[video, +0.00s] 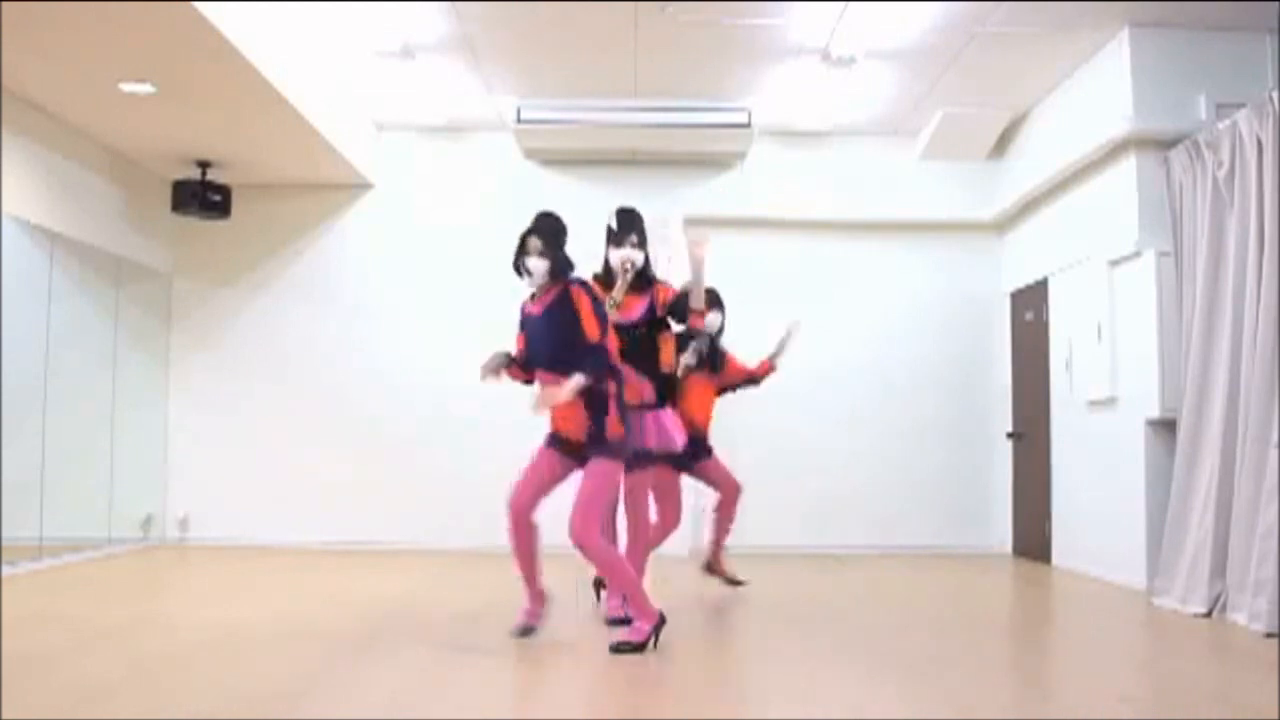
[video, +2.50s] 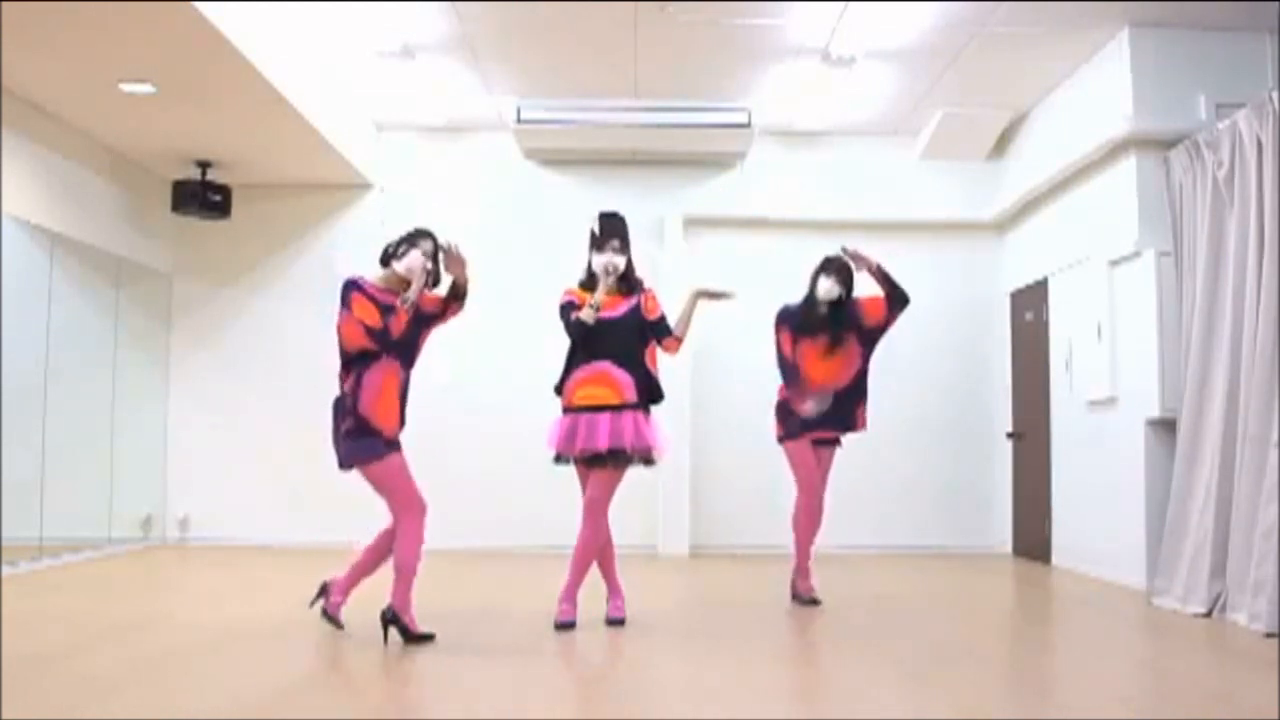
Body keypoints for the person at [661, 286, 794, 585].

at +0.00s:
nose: (706, 321)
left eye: (713, 314)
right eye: (699, 313)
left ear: (720, 319)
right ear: (688, 315)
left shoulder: (716, 358)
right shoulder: (671, 347)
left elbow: (750, 376)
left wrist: (778, 351)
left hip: (693, 444)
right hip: (661, 444)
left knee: (730, 488)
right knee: (668, 517)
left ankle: (715, 558)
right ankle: (617, 574)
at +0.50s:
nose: (805, 293)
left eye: (808, 286)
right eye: (797, 286)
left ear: (815, 290)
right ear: (784, 291)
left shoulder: (820, 333)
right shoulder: (771, 330)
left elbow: (823, 382)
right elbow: (761, 380)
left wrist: (832, 417)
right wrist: (762, 420)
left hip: (814, 421)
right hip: (784, 422)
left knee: (820, 495)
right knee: (818, 491)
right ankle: (833, 569)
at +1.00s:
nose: (830, 288)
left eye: (837, 281)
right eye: (824, 280)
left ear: (847, 284)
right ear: (815, 283)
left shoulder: (856, 322)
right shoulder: (801, 322)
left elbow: (870, 365)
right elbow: (781, 366)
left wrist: (902, 336)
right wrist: (752, 333)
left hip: (848, 413)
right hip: (813, 415)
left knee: (840, 490)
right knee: (831, 494)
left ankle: (835, 575)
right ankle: (836, 574)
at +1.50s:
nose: (842, 283)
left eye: (837, 278)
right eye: (839, 277)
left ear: (802, 284)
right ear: (835, 280)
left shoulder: (801, 318)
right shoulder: (841, 315)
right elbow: (856, 353)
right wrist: (888, 324)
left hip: (808, 417)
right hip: (846, 416)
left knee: (815, 493)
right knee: (846, 496)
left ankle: (785, 563)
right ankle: (835, 575)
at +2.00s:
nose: (841, 290)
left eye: (848, 283)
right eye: (836, 282)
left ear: (856, 287)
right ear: (823, 283)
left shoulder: (855, 329)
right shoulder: (796, 314)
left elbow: (881, 360)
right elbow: (754, 342)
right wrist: (782, 372)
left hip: (834, 415)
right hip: (796, 410)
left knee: (811, 490)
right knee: (813, 484)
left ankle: (785, 568)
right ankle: (819, 572)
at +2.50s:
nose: (829, 288)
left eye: (837, 283)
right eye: (825, 279)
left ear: (845, 289)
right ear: (814, 280)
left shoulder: (858, 318)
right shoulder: (790, 317)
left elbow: (898, 301)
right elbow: (786, 363)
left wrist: (873, 268)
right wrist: (801, 395)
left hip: (834, 415)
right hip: (794, 412)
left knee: (816, 491)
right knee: (809, 486)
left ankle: (802, 570)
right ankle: (802, 572)